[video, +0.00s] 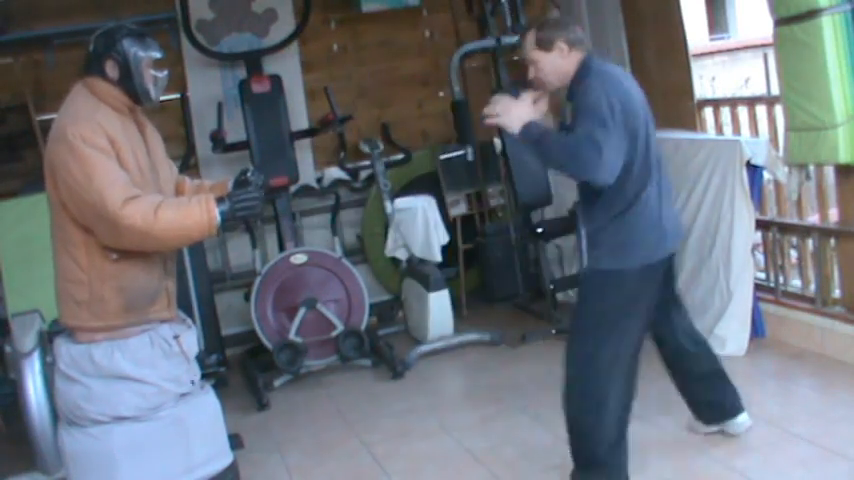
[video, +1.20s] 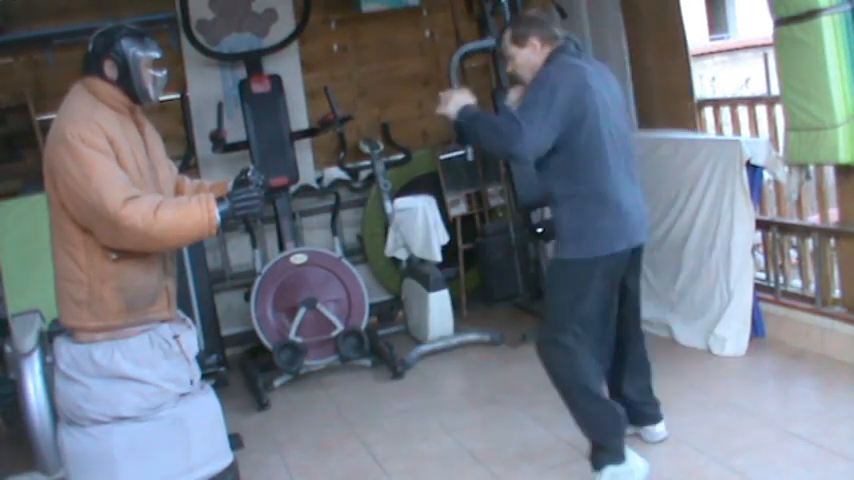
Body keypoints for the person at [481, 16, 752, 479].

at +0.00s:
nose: (531, 74)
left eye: (535, 62)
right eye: (527, 65)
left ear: (564, 50)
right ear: (565, 52)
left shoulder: (595, 86)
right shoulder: (607, 78)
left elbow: (597, 163)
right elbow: (595, 153)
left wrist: (529, 126)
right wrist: (544, 121)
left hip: (622, 253)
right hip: (651, 240)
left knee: (593, 372)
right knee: (672, 328)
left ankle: (597, 471)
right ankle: (724, 411)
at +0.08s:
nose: (543, 64)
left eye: (544, 52)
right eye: (538, 55)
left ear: (573, 35)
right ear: (577, 36)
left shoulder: (601, 71)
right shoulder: (628, 58)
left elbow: (607, 145)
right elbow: (625, 131)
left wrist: (542, 109)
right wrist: (560, 108)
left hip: (643, 223)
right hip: (678, 213)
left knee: (603, 332)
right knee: (686, 315)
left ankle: (623, 458)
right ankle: (723, 404)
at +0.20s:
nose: (570, 58)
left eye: (570, 47)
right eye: (565, 49)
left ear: (594, 34)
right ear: (603, 31)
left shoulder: (617, 70)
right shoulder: (654, 57)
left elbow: (614, 142)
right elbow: (651, 128)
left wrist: (555, 109)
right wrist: (590, 101)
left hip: (656, 219)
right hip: (696, 209)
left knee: (613, 322)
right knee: (694, 304)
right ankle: (735, 392)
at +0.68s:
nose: (573, 66)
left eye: (577, 56)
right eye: (570, 58)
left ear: (608, 43)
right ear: (600, 47)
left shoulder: (653, 78)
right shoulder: (614, 87)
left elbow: (636, 140)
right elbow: (587, 150)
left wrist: (570, 99)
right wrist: (565, 106)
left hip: (673, 232)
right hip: (657, 232)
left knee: (654, 346)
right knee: (703, 322)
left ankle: (640, 460)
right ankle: (750, 399)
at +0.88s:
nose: (545, 62)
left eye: (545, 51)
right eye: (542, 54)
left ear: (571, 37)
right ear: (578, 37)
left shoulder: (599, 71)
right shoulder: (622, 66)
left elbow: (591, 139)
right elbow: (617, 137)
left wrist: (523, 98)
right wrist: (566, 103)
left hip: (624, 235)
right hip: (653, 225)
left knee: (616, 348)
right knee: (662, 316)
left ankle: (632, 463)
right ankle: (721, 392)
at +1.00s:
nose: (537, 59)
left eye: (538, 49)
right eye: (534, 51)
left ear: (562, 36)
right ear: (578, 32)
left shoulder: (562, 83)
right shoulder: (633, 69)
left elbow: (497, 109)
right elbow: (644, 134)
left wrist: (431, 99)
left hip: (603, 235)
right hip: (652, 225)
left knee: (602, 340)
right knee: (645, 322)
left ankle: (630, 463)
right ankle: (658, 415)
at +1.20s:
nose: (512, 71)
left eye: (512, 60)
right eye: (508, 63)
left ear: (535, 44)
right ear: (545, 43)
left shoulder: (560, 77)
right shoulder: (598, 72)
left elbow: (524, 142)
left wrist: (465, 113)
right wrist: (525, 103)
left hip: (590, 234)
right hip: (628, 225)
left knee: (559, 339)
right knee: (621, 327)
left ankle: (613, 453)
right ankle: (645, 417)